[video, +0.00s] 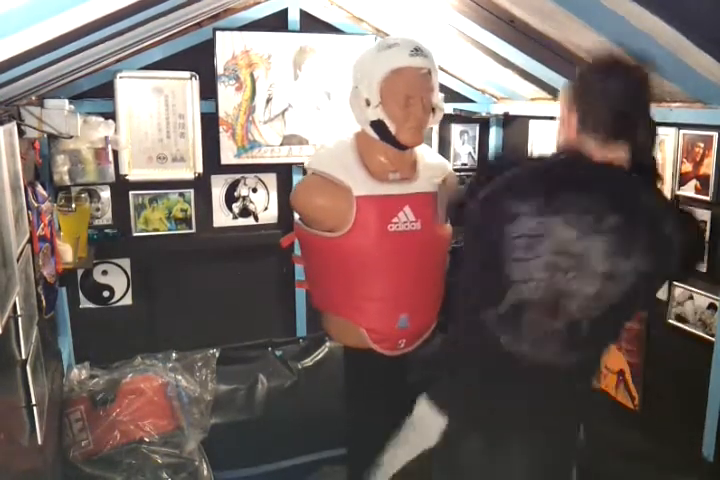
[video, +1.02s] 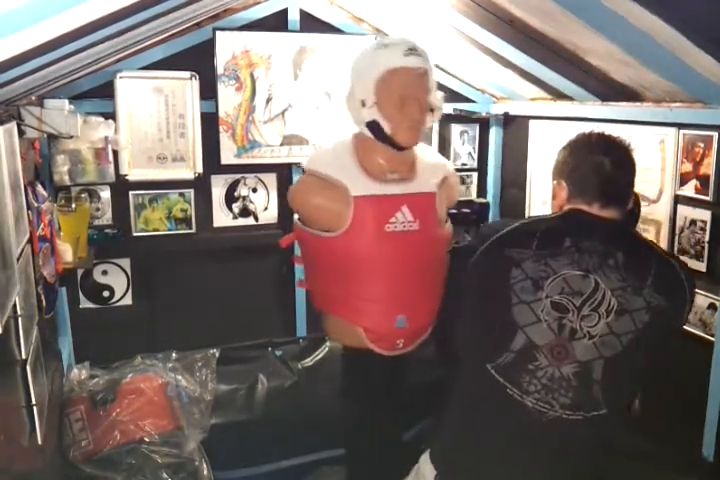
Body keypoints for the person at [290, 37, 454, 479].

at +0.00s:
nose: (423, 111)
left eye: (427, 99)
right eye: (407, 99)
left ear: (435, 103)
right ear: (368, 103)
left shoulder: (440, 177)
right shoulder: (326, 184)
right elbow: (321, 285)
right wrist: (355, 322)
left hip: (429, 348)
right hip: (364, 358)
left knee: (428, 454)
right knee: (371, 460)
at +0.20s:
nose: (373, 92)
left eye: (375, 79)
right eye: (359, 80)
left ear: (386, 91)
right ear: (330, 92)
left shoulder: (414, 165)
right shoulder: (296, 172)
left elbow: (449, 238)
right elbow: (313, 267)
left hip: (419, 338)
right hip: (347, 348)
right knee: (367, 458)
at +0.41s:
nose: (456, 112)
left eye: (456, 99)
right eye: (445, 97)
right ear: (402, 98)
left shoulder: (455, 182)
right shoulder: (336, 178)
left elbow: (463, 266)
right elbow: (318, 273)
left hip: (434, 357)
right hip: (365, 362)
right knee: (373, 468)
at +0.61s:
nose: (408, 102)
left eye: (409, 89)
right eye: (392, 91)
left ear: (417, 97)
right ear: (357, 100)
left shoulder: (434, 175)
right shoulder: (312, 182)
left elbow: (439, 257)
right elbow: (314, 274)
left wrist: (424, 309)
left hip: (421, 350)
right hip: (352, 360)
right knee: (369, 466)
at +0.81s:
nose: (424, 104)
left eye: (428, 92)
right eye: (408, 91)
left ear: (434, 99)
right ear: (369, 99)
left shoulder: (442, 179)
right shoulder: (323, 182)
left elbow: (440, 257)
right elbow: (319, 283)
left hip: (424, 351)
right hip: (359, 360)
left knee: (417, 460)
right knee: (371, 468)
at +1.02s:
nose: (417, 113)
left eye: (424, 102)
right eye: (403, 100)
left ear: (433, 106)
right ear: (365, 102)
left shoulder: (442, 179)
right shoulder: (323, 181)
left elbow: (442, 255)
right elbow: (321, 276)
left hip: (426, 351)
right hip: (360, 360)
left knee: (420, 458)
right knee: (372, 467)